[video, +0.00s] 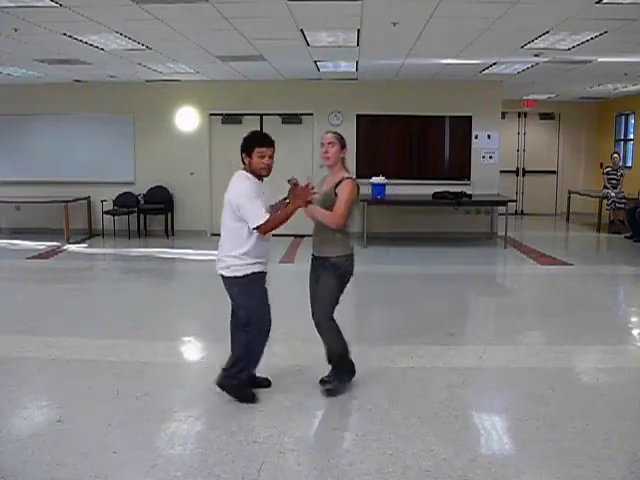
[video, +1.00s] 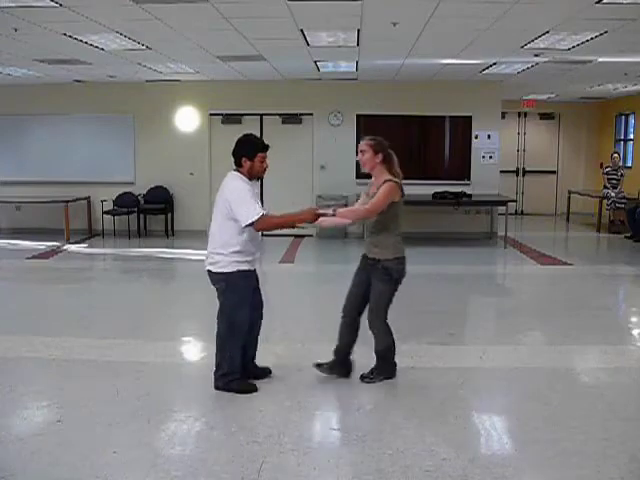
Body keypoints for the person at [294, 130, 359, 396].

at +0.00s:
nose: (325, 150)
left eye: (330, 145)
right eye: (323, 146)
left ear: (343, 150)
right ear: (321, 151)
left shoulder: (347, 183)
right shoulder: (325, 181)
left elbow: (337, 221)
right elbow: (321, 216)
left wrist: (307, 205)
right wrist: (303, 200)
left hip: (337, 259)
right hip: (320, 257)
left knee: (323, 316)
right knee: (319, 315)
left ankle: (344, 370)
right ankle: (338, 367)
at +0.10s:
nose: (321, 149)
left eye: (327, 145)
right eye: (319, 145)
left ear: (338, 151)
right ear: (317, 151)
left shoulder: (342, 183)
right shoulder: (323, 182)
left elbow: (331, 220)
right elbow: (318, 222)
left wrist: (303, 203)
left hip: (333, 260)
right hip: (318, 259)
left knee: (319, 318)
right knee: (320, 316)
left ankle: (325, 378)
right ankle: (342, 364)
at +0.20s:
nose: (319, 150)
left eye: (324, 146)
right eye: (316, 146)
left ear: (336, 152)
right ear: (314, 152)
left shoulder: (341, 184)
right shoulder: (323, 183)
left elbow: (333, 222)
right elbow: (318, 221)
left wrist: (302, 209)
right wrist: (295, 247)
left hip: (331, 262)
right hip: (314, 260)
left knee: (320, 319)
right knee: (311, 316)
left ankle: (325, 379)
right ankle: (341, 362)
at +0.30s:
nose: (319, 152)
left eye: (325, 147)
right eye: (317, 148)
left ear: (338, 152)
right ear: (315, 153)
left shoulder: (342, 184)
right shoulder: (322, 185)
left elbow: (336, 224)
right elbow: (318, 217)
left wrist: (306, 217)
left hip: (333, 264)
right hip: (314, 262)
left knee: (325, 321)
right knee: (299, 314)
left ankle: (325, 382)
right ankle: (333, 356)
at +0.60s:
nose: (332, 154)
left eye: (337, 149)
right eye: (329, 150)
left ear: (350, 153)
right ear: (328, 154)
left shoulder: (360, 184)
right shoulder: (331, 184)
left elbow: (355, 220)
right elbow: (322, 217)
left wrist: (327, 212)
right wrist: (303, 197)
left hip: (349, 262)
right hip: (326, 259)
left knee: (336, 318)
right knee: (324, 318)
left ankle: (343, 371)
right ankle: (331, 367)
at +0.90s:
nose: (352, 158)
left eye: (356, 153)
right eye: (352, 153)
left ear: (372, 155)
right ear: (366, 157)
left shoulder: (385, 185)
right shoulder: (362, 187)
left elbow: (368, 211)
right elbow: (343, 213)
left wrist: (337, 211)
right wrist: (313, 217)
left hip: (380, 265)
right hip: (357, 261)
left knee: (370, 318)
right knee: (339, 310)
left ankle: (385, 365)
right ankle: (330, 364)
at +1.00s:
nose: (359, 158)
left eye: (363, 153)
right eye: (359, 153)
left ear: (379, 156)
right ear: (374, 158)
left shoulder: (390, 186)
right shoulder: (372, 186)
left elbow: (368, 213)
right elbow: (356, 211)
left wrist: (333, 218)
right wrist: (328, 214)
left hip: (389, 263)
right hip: (370, 260)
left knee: (376, 318)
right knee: (350, 312)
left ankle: (386, 366)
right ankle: (341, 361)